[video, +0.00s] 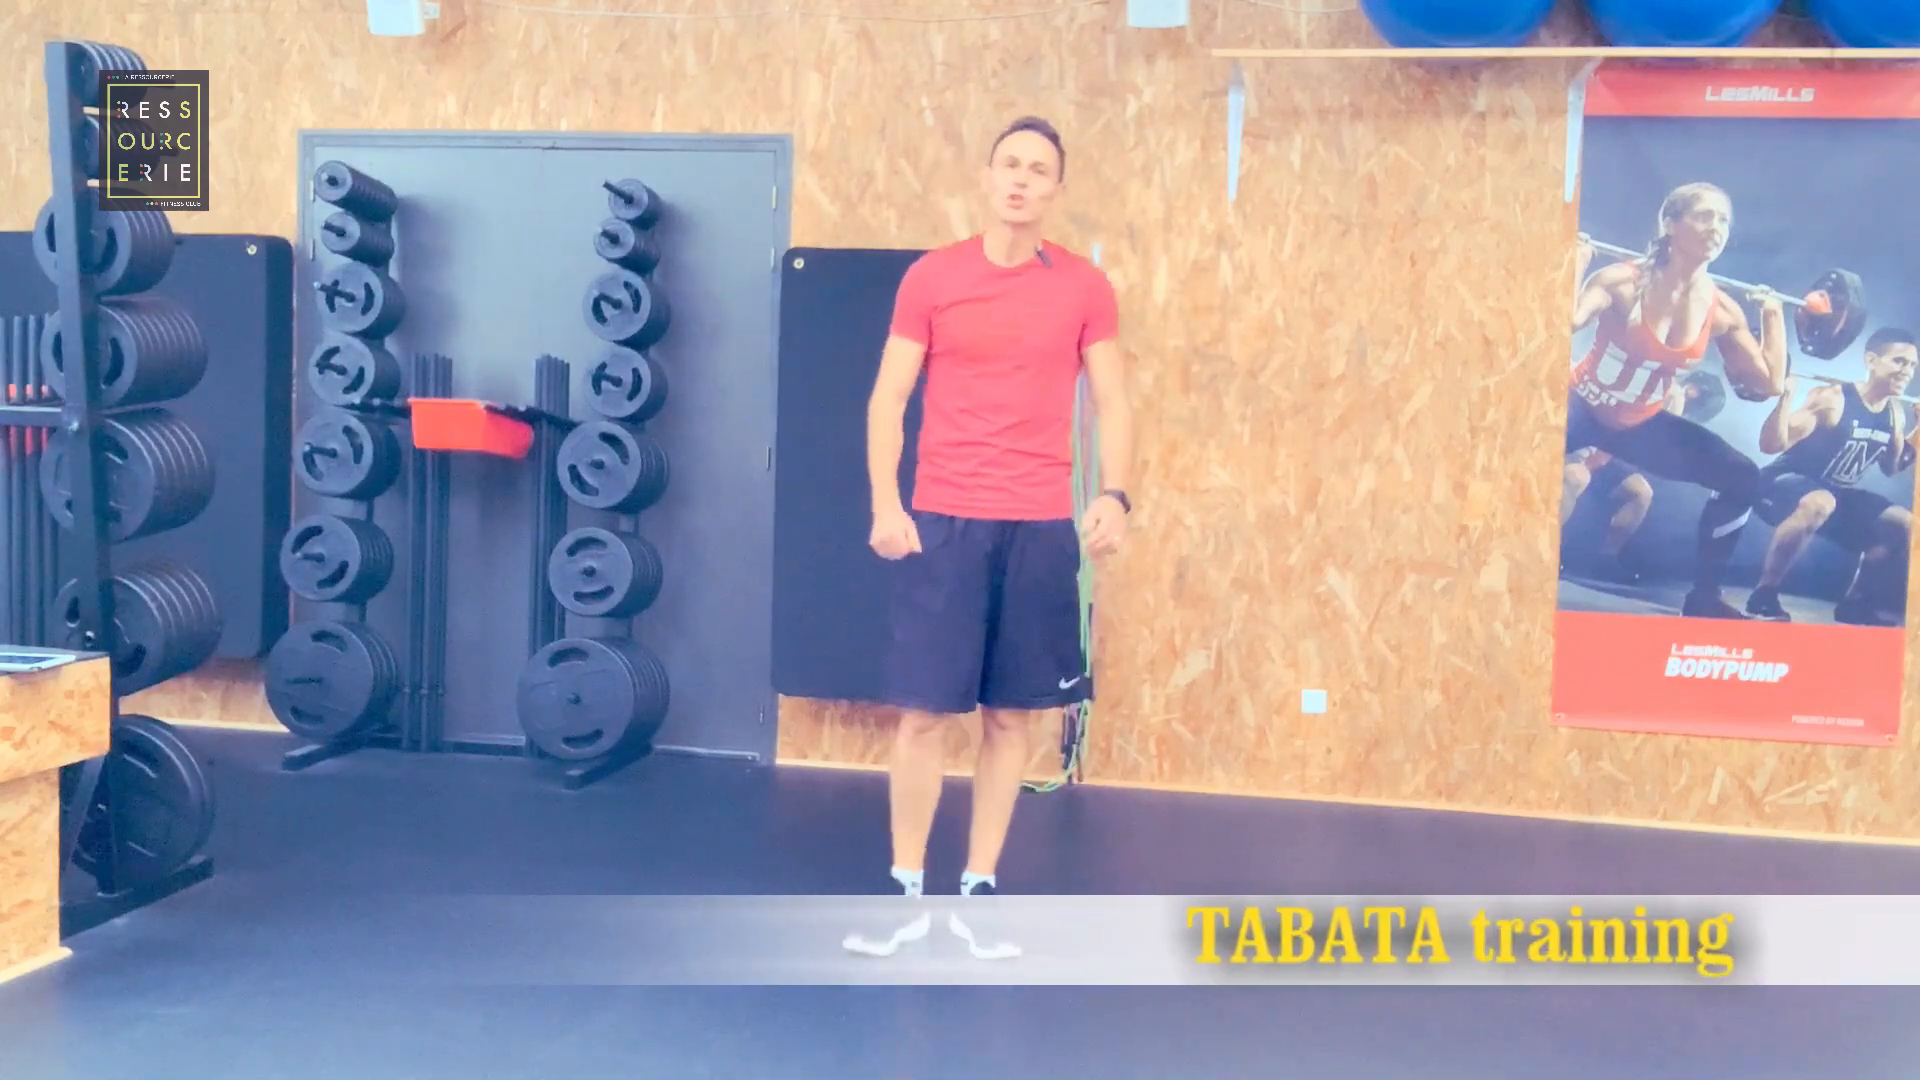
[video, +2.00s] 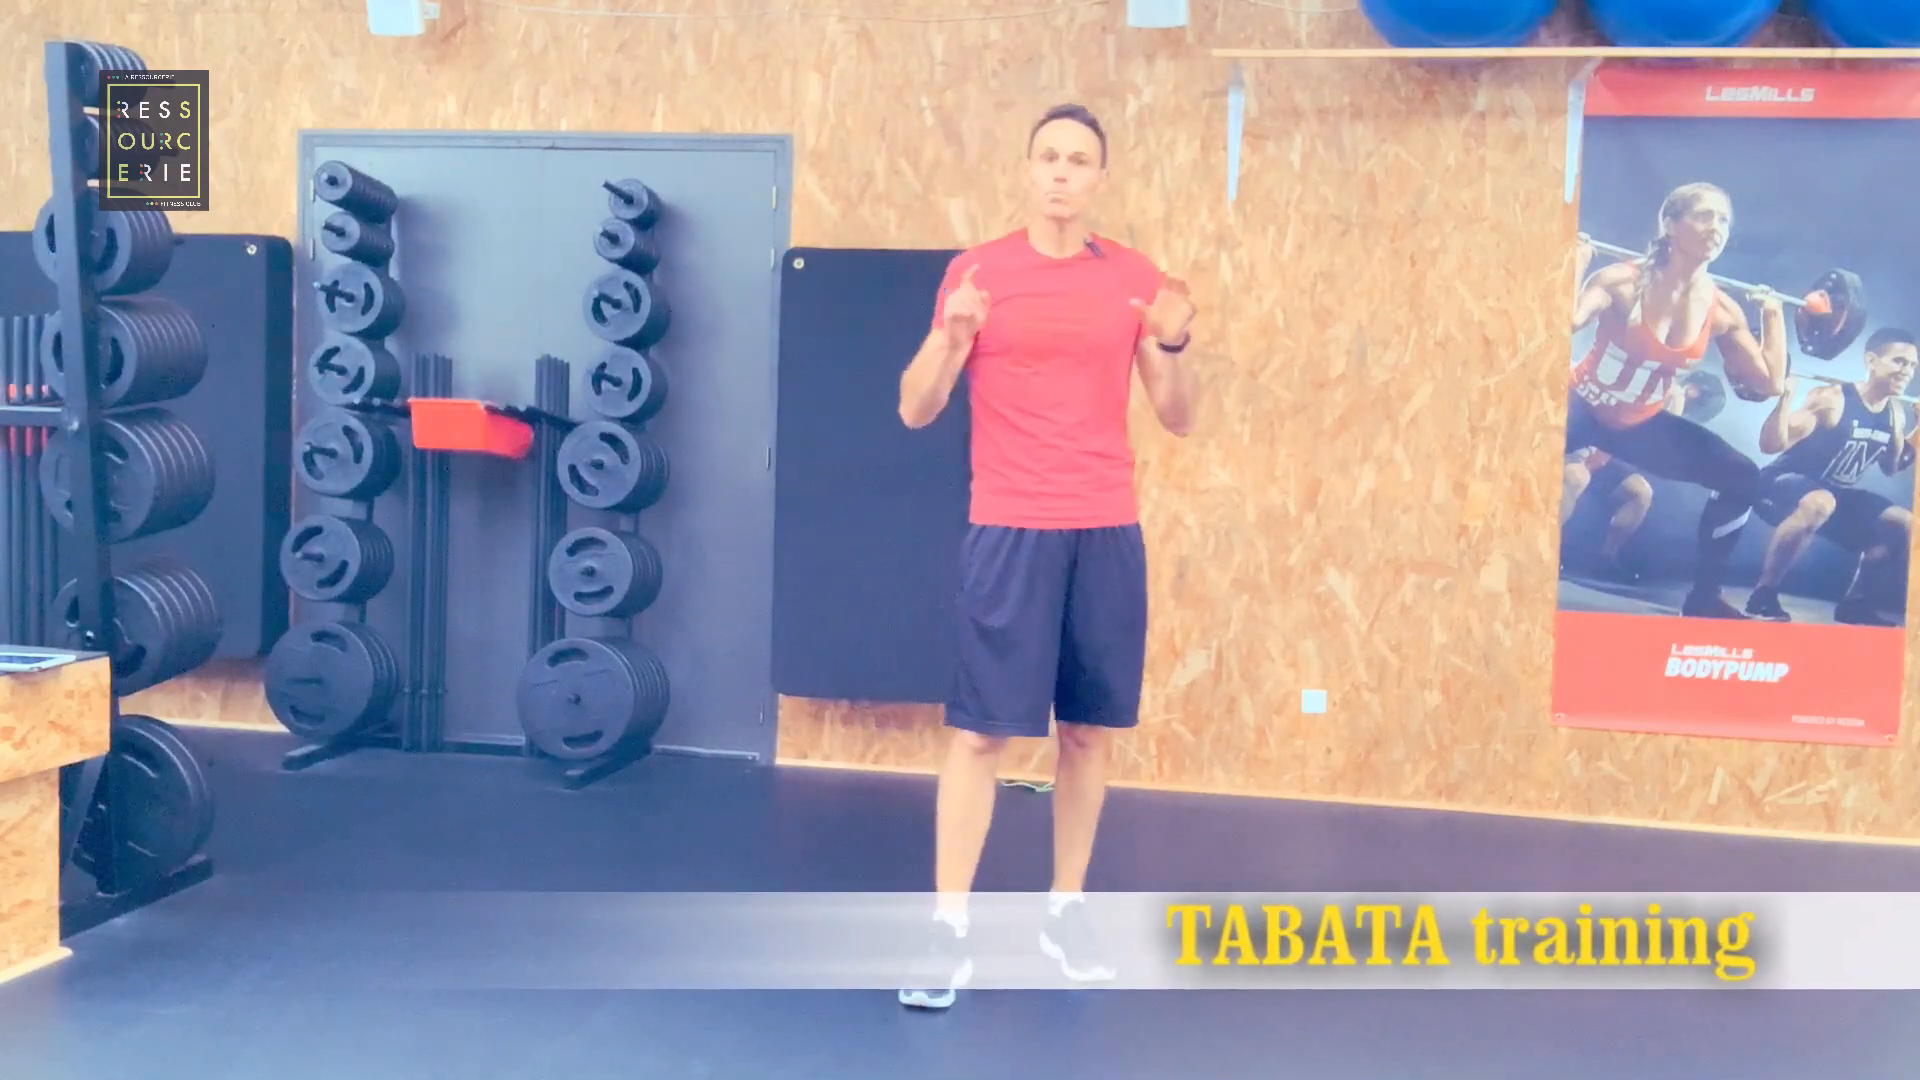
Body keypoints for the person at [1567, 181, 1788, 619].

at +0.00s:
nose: (1716, 228)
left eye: (1724, 221)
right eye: (1704, 216)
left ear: (1728, 234)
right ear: (1670, 224)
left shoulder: (1722, 310)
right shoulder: (1620, 279)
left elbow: (1768, 386)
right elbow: (1559, 324)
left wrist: (1773, 312)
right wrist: (1573, 269)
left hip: (1644, 425)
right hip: (1579, 408)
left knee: (1741, 477)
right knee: (1515, 447)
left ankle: (1705, 597)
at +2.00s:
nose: (1716, 228)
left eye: (1724, 221)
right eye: (1704, 216)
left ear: (1728, 233)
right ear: (1671, 224)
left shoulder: (1722, 310)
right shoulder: (1620, 279)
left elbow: (1769, 385)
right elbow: (1559, 325)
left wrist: (1773, 312)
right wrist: (1573, 269)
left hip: (1644, 425)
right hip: (1579, 408)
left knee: (1741, 477)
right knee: (1516, 445)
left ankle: (1705, 597)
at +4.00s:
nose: (1717, 228)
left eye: (1724, 220)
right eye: (1705, 216)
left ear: (1728, 233)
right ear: (1670, 224)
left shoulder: (1722, 311)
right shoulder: (1620, 279)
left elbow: (1769, 385)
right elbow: (1558, 325)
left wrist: (1773, 313)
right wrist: (1572, 269)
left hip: (1644, 425)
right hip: (1579, 410)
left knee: (1742, 477)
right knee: (1511, 453)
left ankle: (1705, 597)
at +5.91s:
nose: (1716, 228)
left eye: (1724, 220)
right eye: (1704, 216)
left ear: (1728, 232)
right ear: (1670, 224)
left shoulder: (1722, 311)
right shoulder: (1620, 279)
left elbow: (1769, 386)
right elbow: (1558, 325)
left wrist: (1773, 313)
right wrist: (1572, 269)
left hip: (1644, 425)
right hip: (1579, 410)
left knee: (1742, 478)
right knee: (1512, 451)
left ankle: (1705, 597)